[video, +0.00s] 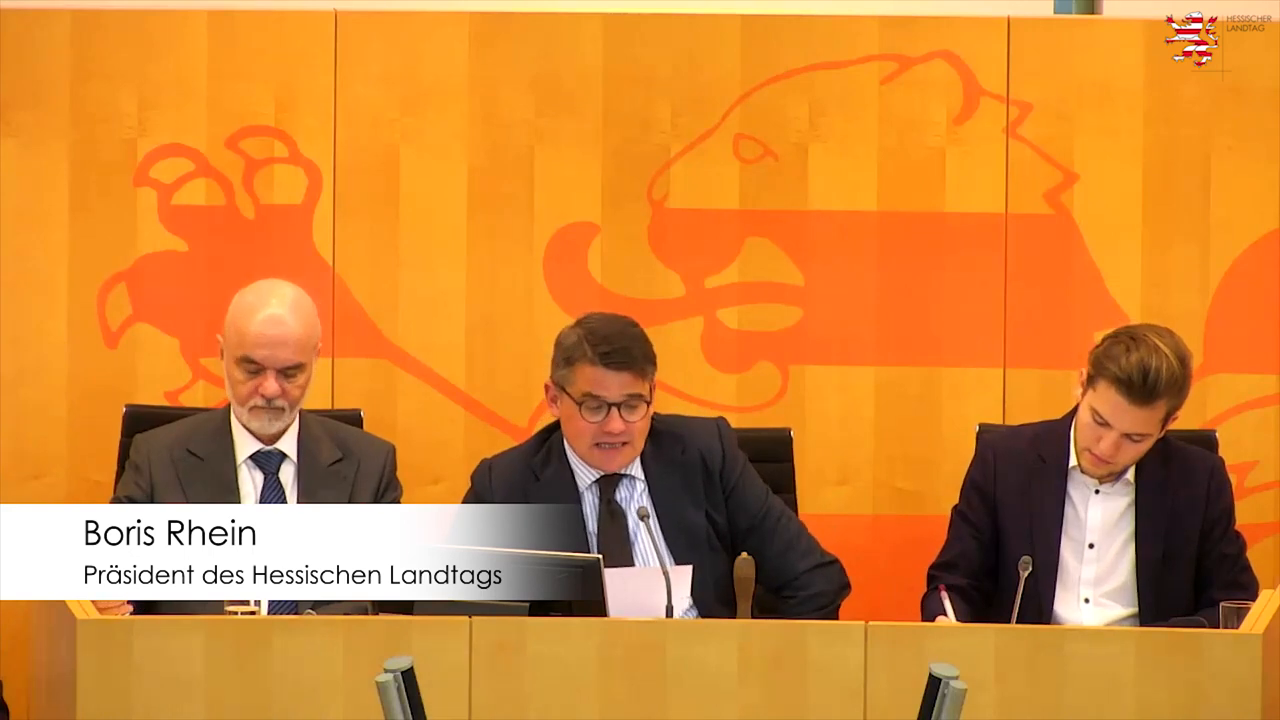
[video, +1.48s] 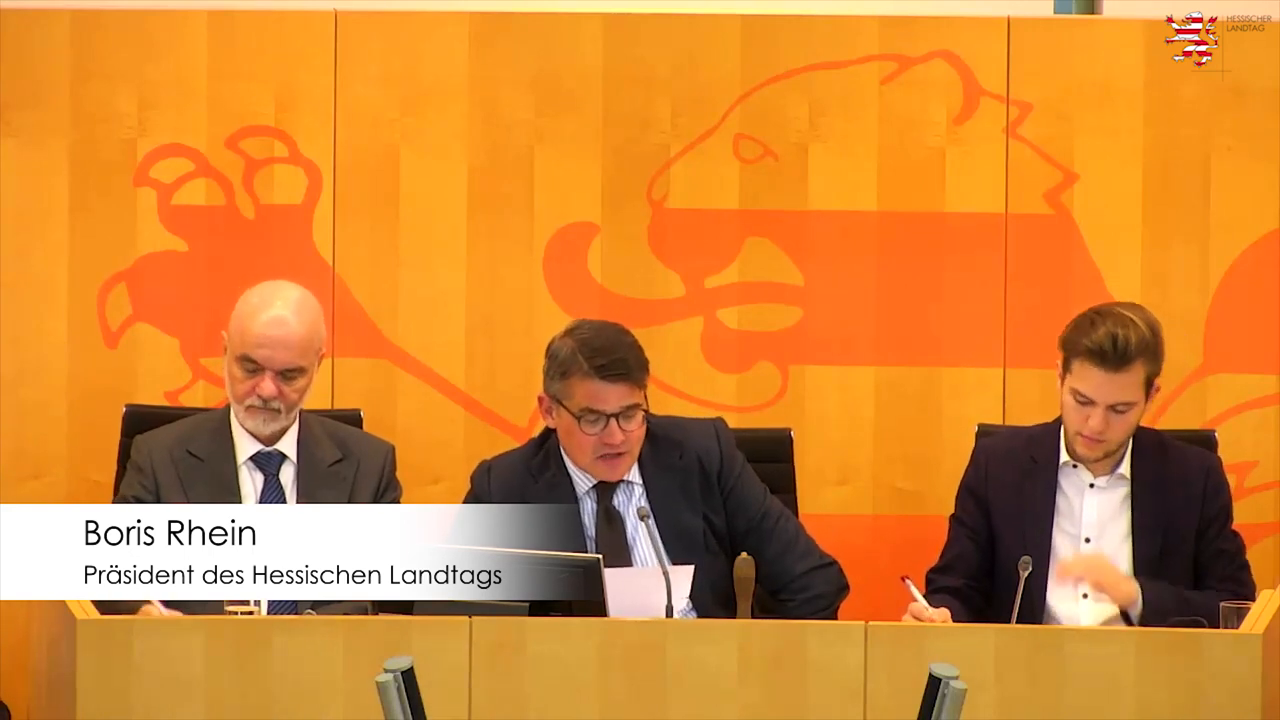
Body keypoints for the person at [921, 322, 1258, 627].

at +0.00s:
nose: (1106, 448)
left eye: (1133, 438)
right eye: (1098, 420)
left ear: (1166, 423)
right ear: (1082, 384)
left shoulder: (1200, 478)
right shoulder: (1003, 458)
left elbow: (1238, 601)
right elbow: (953, 583)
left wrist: (1164, 645)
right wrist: (954, 636)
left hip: (1151, 680)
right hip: (1026, 672)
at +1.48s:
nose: (1095, 425)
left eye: (1119, 408)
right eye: (1082, 400)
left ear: (1149, 395)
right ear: (1062, 377)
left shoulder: (1195, 477)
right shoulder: (998, 460)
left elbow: (1240, 610)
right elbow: (956, 587)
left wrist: (1137, 596)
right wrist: (939, 615)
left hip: (1150, 686)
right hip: (1022, 679)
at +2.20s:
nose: (1111, 413)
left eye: (1127, 389)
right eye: (1089, 393)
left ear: (1145, 376)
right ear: (1056, 387)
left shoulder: (1204, 474)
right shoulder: (1008, 461)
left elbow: (1221, 609)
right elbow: (965, 586)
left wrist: (1117, 538)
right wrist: (938, 617)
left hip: (1152, 679)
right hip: (1024, 674)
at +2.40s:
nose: (1115, 406)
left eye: (1129, 382)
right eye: (1092, 387)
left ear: (1145, 374)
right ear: (1055, 387)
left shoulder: (1205, 472)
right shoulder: (1009, 464)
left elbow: (1245, 606)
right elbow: (968, 587)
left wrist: (1144, 598)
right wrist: (943, 614)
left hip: (1158, 685)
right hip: (1029, 680)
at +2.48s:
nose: (1115, 402)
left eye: (1129, 379)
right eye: (1091, 384)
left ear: (1146, 373)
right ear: (1056, 385)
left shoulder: (1205, 471)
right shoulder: (1010, 462)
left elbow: (1250, 605)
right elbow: (967, 589)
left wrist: (1161, 618)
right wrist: (944, 617)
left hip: (1157, 680)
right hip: (1030, 673)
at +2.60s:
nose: (1110, 394)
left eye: (1127, 374)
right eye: (1089, 376)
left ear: (1148, 374)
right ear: (1058, 379)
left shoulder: (1206, 471)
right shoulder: (1009, 462)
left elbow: (1246, 606)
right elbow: (965, 589)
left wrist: (1169, 632)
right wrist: (948, 616)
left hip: (1158, 676)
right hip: (1033, 669)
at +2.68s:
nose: (1108, 392)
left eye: (1125, 372)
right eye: (1088, 373)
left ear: (1148, 373)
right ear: (1058, 377)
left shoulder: (1204, 470)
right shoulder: (1008, 461)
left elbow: (1245, 607)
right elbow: (961, 583)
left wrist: (1170, 632)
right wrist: (948, 614)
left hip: (1157, 672)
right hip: (1032, 665)